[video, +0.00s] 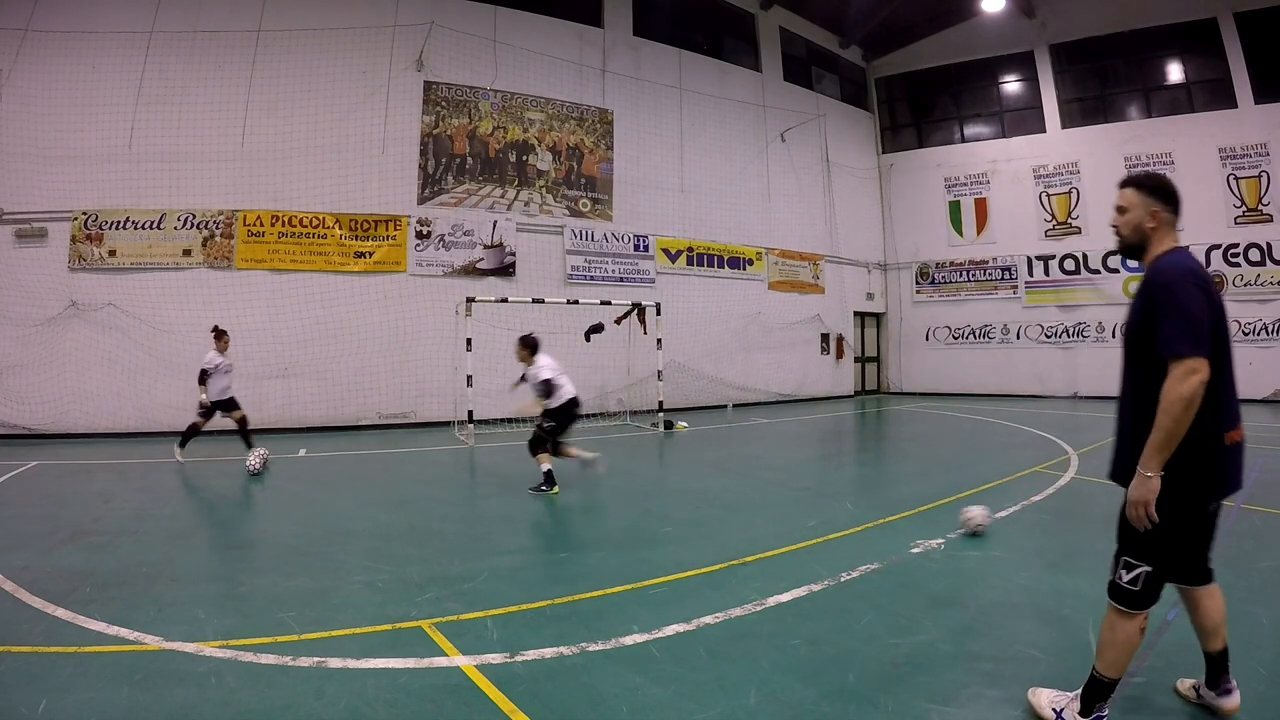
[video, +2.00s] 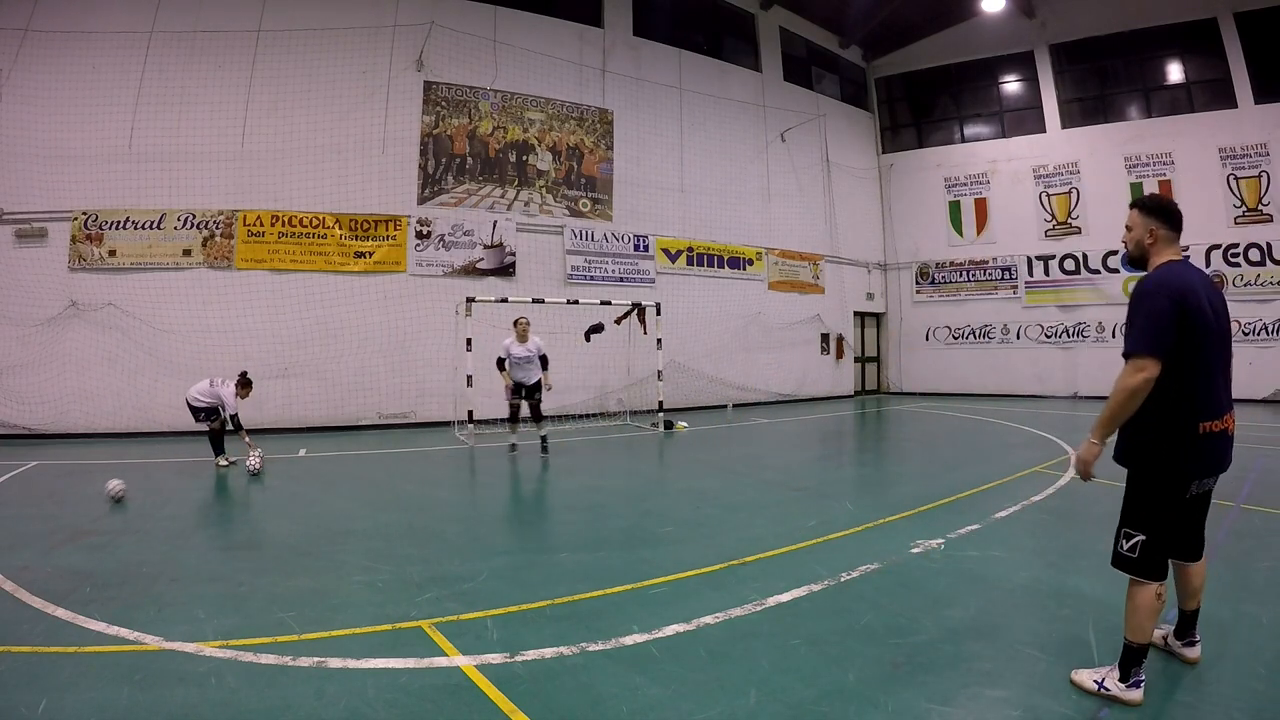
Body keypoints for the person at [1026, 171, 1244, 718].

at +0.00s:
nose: (1114, 221)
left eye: (1123, 211)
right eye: (1115, 211)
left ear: (1157, 216)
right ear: (1158, 219)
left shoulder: (1170, 279)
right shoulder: (1181, 274)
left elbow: (1190, 375)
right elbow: (1192, 378)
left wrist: (1149, 469)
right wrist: (1152, 462)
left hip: (1168, 473)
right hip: (1197, 467)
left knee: (1128, 595)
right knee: (1194, 576)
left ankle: (1089, 706)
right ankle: (1219, 686)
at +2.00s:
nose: (1123, 239)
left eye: (1129, 230)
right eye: (1125, 230)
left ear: (1152, 234)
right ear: (1169, 235)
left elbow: (1142, 373)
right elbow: (1214, 362)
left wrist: (1096, 438)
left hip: (1165, 449)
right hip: (1207, 444)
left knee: (1145, 565)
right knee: (1188, 545)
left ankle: (1127, 676)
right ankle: (1185, 636)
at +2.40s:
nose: (1146, 238)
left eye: (1152, 231)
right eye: (1149, 230)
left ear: (1174, 238)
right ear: (1184, 239)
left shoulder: (1186, 292)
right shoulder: (1205, 285)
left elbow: (1197, 372)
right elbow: (1208, 370)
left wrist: (1179, 447)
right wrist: (1184, 438)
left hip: (1186, 448)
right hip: (1214, 445)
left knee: (1160, 556)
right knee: (1201, 544)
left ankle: (1140, 669)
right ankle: (1187, 637)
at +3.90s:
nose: (1144, 233)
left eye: (1151, 225)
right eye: (1146, 225)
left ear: (1174, 234)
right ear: (1180, 235)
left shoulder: (1183, 285)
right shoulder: (1198, 282)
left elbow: (1190, 366)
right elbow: (1202, 367)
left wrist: (1160, 442)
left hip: (1186, 447)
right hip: (1209, 443)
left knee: (1168, 558)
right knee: (1198, 546)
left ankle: (1151, 670)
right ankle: (1187, 638)